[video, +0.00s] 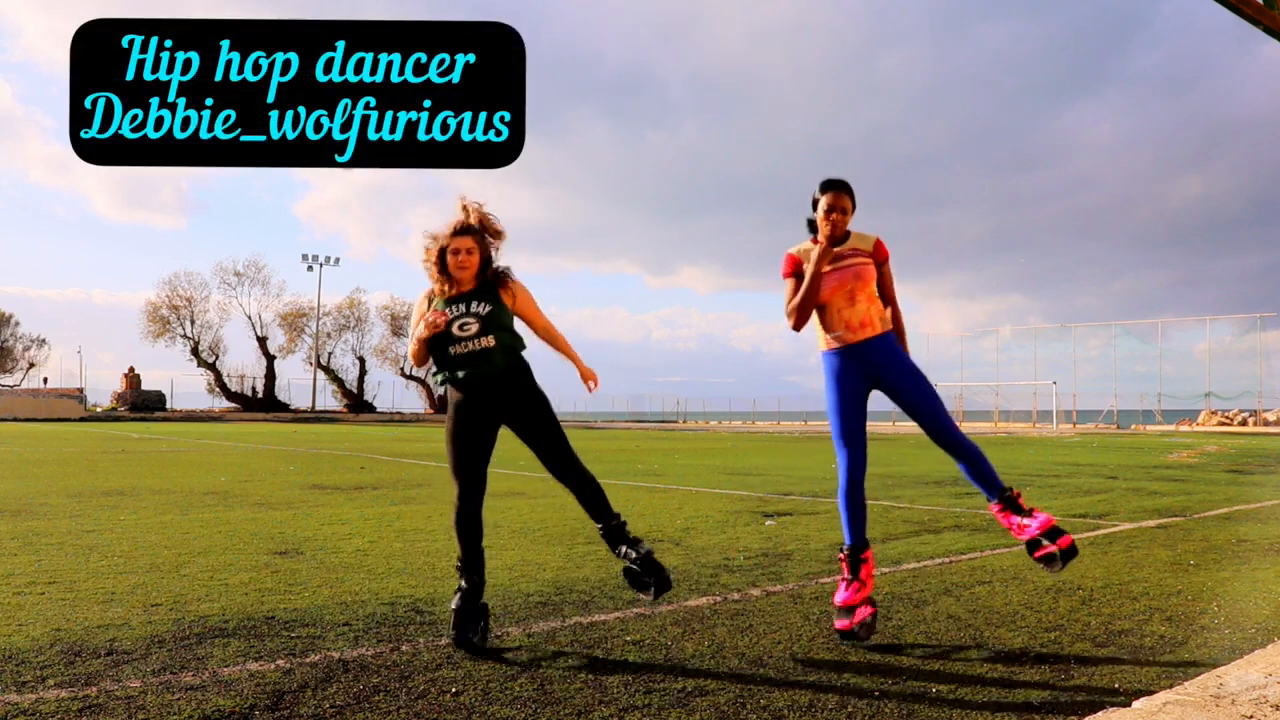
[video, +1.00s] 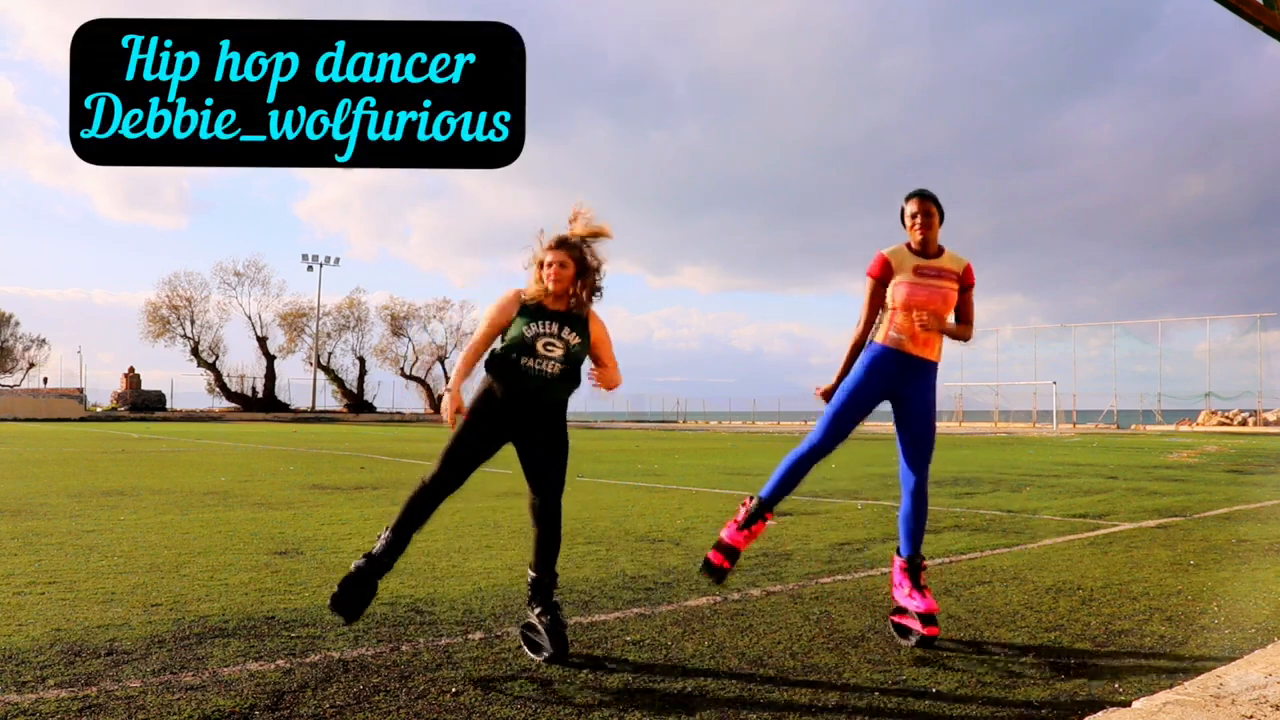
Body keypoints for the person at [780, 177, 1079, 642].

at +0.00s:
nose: (836, 218)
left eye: (843, 211)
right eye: (830, 210)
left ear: (852, 215)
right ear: (814, 212)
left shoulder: (871, 248)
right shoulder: (799, 257)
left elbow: (891, 307)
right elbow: (795, 320)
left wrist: (902, 359)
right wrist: (817, 260)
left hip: (886, 353)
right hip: (841, 364)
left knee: (951, 437)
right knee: (851, 467)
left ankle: (1014, 512)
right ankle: (856, 569)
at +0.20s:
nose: (842, 250)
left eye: (848, 243)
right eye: (835, 242)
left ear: (857, 247)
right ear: (821, 245)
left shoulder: (876, 285)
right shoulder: (802, 291)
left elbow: (908, 343)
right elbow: (789, 347)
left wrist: (939, 398)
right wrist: (819, 290)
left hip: (888, 390)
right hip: (841, 398)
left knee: (947, 473)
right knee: (843, 497)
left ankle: (1009, 547)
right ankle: (849, 594)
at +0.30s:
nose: (855, 234)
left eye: (862, 227)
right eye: (848, 227)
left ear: (872, 231)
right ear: (836, 231)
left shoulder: (893, 271)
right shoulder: (820, 269)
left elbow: (918, 327)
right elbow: (778, 319)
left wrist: (913, 341)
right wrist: (818, 312)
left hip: (893, 375)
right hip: (847, 380)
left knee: (931, 472)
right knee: (850, 485)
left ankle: (958, 557)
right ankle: (848, 584)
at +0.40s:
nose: (867, 218)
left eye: (873, 210)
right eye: (859, 211)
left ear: (887, 211)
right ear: (850, 215)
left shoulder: (910, 252)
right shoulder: (835, 251)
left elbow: (926, 314)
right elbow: (795, 301)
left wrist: (903, 302)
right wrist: (817, 337)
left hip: (898, 361)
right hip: (853, 362)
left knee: (919, 465)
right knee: (844, 465)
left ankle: (926, 560)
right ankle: (833, 567)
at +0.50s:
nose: (886, 221)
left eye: (893, 213)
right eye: (878, 215)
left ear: (907, 213)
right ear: (869, 217)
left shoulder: (929, 255)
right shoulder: (856, 253)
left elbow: (941, 318)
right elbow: (825, 312)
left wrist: (903, 300)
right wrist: (798, 366)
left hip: (906, 365)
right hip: (860, 360)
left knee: (908, 470)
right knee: (825, 453)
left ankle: (904, 568)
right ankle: (787, 545)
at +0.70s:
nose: (908, 243)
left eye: (914, 236)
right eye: (901, 238)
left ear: (930, 241)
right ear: (893, 244)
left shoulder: (953, 287)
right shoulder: (881, 281)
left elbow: (961, 349)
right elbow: (849, 339)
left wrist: (928, 341)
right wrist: (822, 391)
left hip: (917, 396)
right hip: (871, 384)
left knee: (914, 496)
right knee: (806, 445)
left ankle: (902, 590)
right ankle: (737, 510)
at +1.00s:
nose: (918, 222)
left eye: (925, 215)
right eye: (912, 216)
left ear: (940, 220)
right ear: (904, 224)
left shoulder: (961, 269)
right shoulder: (889, 262)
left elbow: (966, 332)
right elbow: (865, 327)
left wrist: (942, 324)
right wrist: (839, 379)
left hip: (921, 375)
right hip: (877, 364)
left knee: (916, 477)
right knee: (819, 444)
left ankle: (908, 574)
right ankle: (750, 518)